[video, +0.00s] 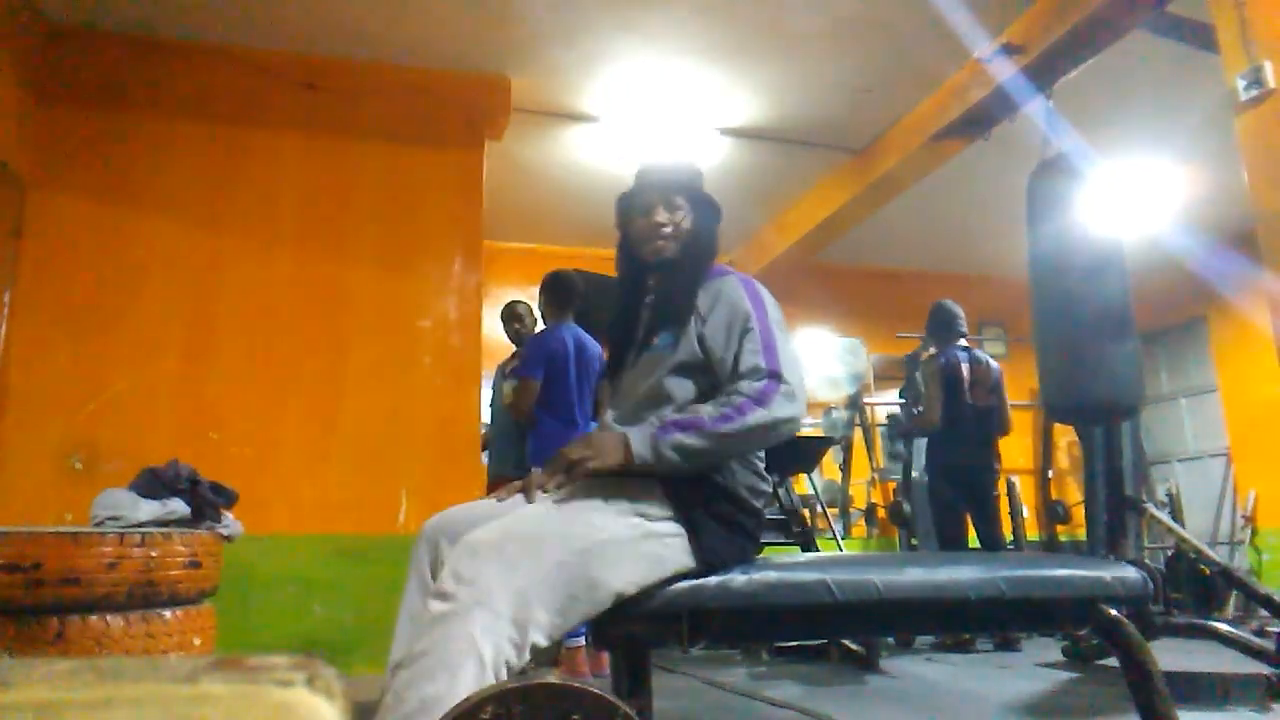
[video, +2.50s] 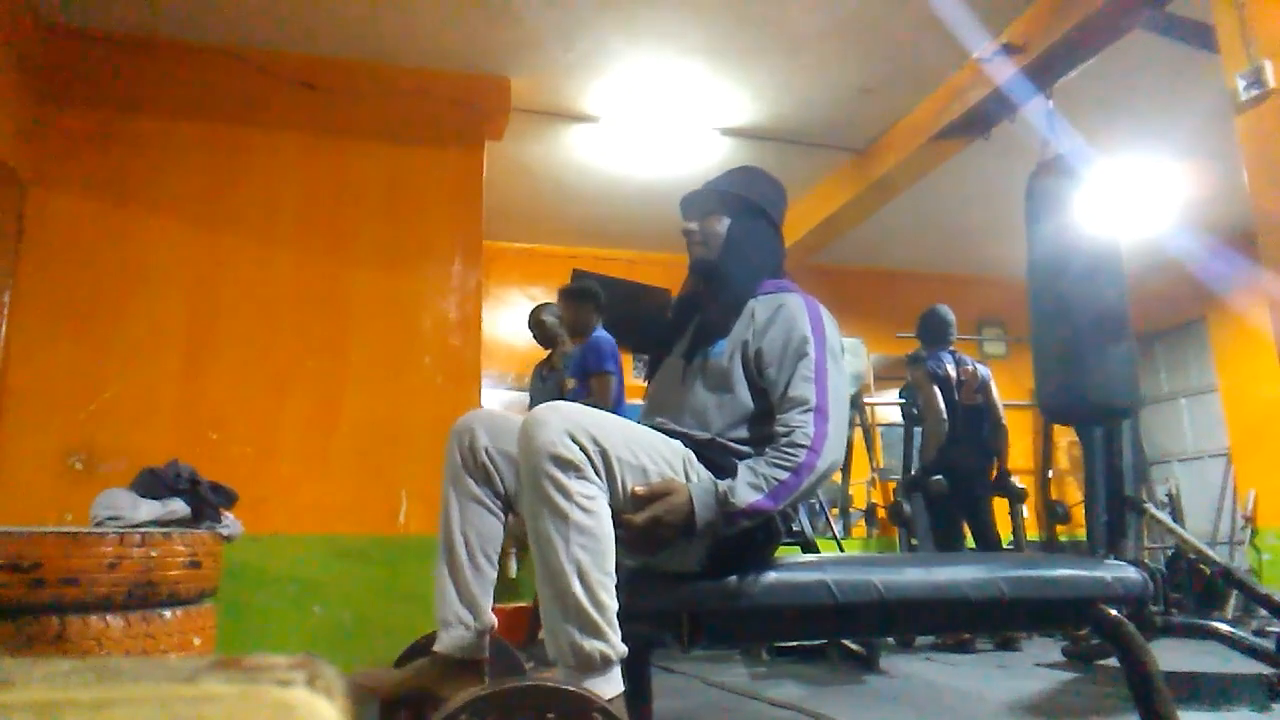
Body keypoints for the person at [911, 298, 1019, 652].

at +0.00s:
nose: (929, 339)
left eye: (929, 333)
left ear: (932, 332)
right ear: (964, 328)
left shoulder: (935, 366)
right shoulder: (991, 365)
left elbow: (932, 420)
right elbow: (1005, 424)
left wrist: (905, 424)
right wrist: (975, 423)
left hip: (946, 466)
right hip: (982, 466)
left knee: (952, 547)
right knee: (995, 544)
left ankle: (959, 631)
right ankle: (1007, 629)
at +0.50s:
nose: (925, 343)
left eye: (924, 337)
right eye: (928, 338)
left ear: (926, 336)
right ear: (957, 331)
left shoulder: (928, 367)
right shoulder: (988, 365)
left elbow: (923, 420)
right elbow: (1002, 422)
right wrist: (973, 424)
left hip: (944, 470)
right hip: (981, 469)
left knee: (951, 548)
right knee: (993, 543)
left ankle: (959, 628)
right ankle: (1007, 626)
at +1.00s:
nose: (918, 341)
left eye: (917, 336)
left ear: (919, 336)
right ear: (950, 334)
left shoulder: (922, 367)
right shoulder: (977, 368)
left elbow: (932, 419)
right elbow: (1001, 424)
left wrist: (921, 469)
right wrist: (1002, 470)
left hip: (943, 471)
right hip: (978, 470)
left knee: (949, 549)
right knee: (991, 545)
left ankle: (958, 630)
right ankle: (1008, 627)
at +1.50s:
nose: (926, 341)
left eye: (926, 336)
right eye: (929, 336)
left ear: (930, 335)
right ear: (961, 330)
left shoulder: (933, 366)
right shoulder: (989, 365)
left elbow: (920, 420)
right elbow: (1001, 423)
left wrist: (904, 400)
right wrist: (970, 420)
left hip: (945, 464)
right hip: (982, 464)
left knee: (950, 546)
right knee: (994, 541)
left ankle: (956, 628)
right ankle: (1008, 625)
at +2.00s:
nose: (928, 339)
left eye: (928, 333)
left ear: (930, 333)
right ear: (963, 330)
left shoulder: (931, 368)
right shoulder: (986, 366)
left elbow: (934, 423)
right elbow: (1004, 424)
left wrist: (905, 428)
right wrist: (972, 431)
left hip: (944, 466)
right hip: (981, 465)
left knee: (950, 546)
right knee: (992, 542)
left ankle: (956, 628)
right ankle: (1008, 626)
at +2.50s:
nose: (919, 340)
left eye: (920, 334)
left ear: (922, 335)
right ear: (954, 335)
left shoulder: (922, 368)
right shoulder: (979, 369)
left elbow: (937, 419)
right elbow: (999, 423)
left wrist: (925, 467)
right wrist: (1003, 470)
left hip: (944, 473)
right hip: (977, 471)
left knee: (949, 548)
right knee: (990, 544)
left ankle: (958, 629)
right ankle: (1008, 626)